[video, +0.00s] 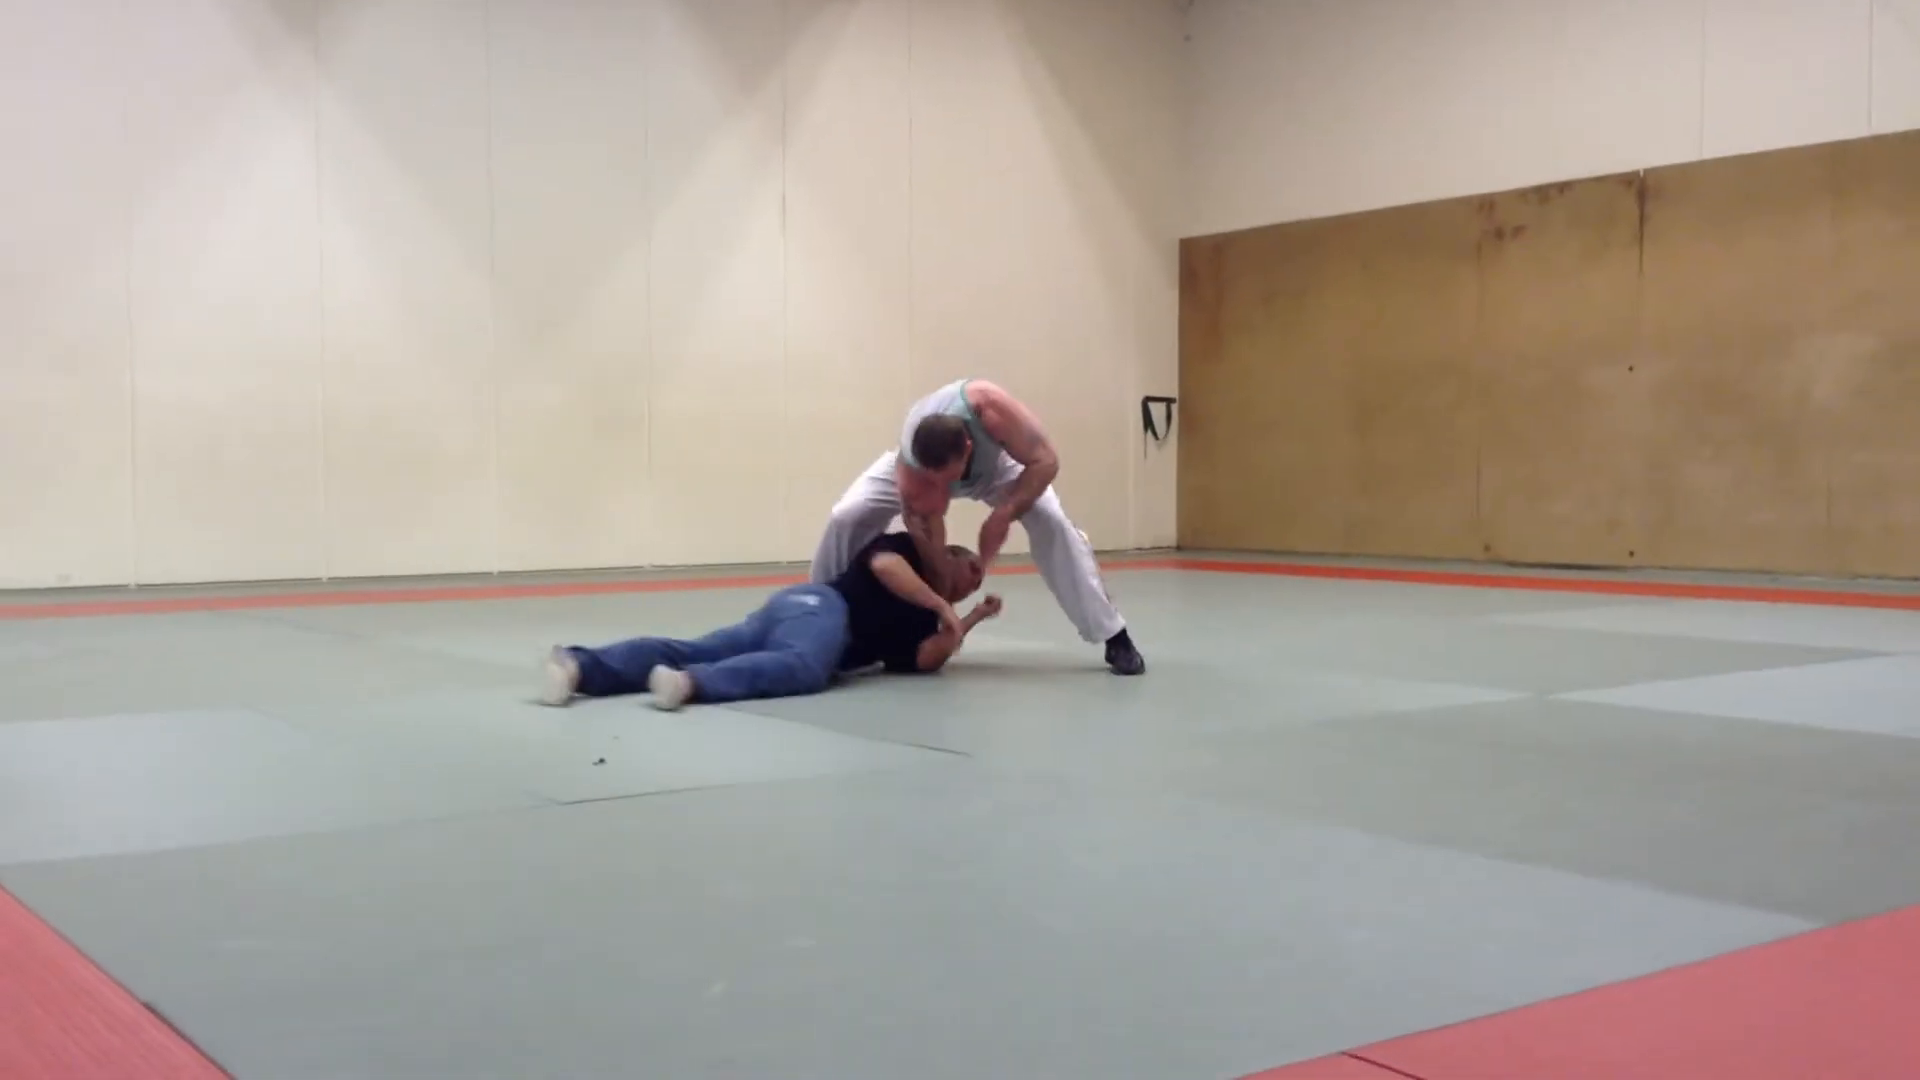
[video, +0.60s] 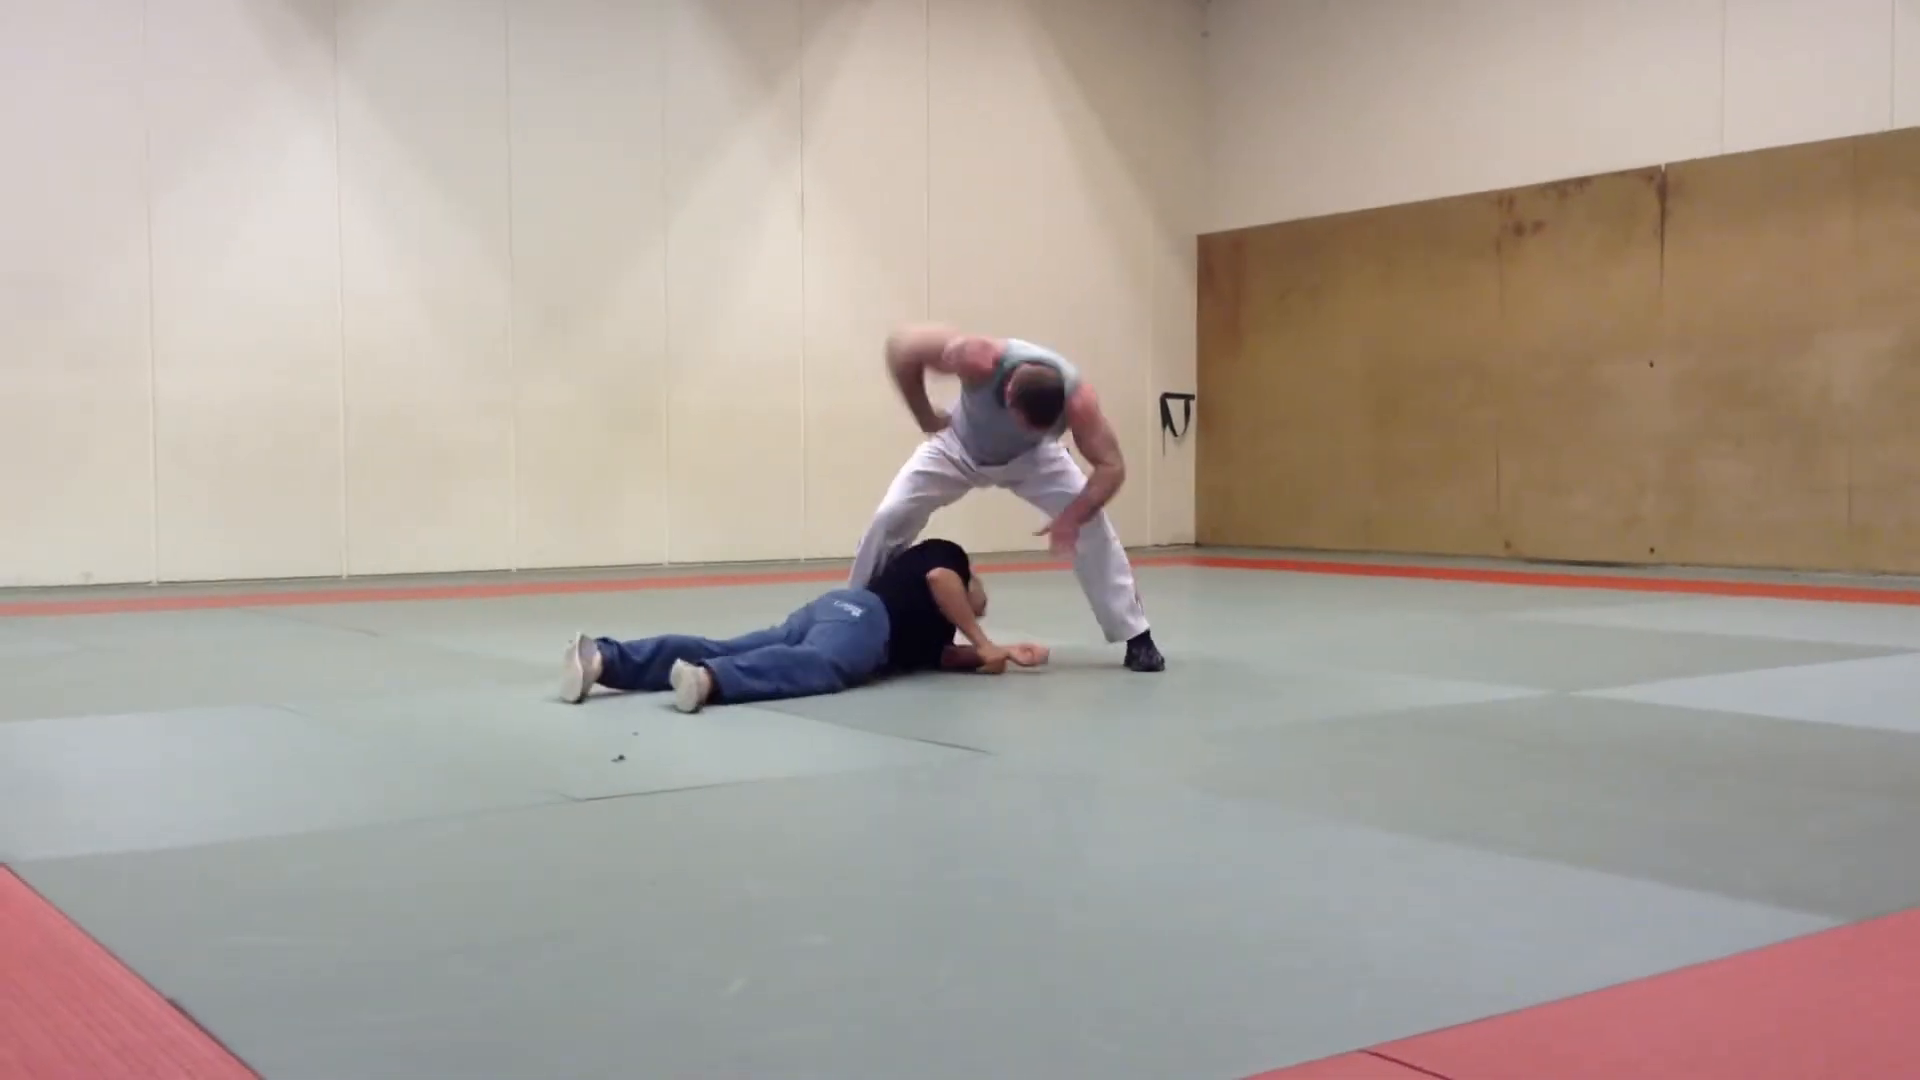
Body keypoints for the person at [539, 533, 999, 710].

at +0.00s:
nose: (963, 574)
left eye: (968, 575)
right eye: (963, 564)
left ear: (960, 588)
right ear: (944, 554)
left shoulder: (921, 631)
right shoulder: (906, 545)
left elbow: (926, 658)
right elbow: (882, 563)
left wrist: (962, 627)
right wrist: (939, 605)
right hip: (825, 606)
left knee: (700, 652)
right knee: (806, 669)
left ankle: (585, 668)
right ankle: (693, 682)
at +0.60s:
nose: (974, 612)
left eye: (978, 608)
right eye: (976, 601)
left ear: (958, 588)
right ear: (965, 577)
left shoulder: (933, 634)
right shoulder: (938, 552)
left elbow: (955, 654)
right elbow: (939, 581)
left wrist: (1005, 656)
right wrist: (985, 648)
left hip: (828, 615)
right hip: (867, 620)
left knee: (729, 652)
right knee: (818, 667)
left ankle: (607, 662)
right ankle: (714, 681)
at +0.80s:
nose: (995, 580)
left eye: (994, 574)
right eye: (991, 573)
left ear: (966, 577)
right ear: (975, 562)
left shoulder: (943, 633)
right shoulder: (955, 555)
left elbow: (955, 657)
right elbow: (985, 582)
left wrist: (1010, 637)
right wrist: (1018, 631)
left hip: (830, 617)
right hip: (876, 614)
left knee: (738, 654)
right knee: (829, 664)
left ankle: (614, 669)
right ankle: (719, 678)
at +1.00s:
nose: (1011, 621)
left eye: (1014, 614)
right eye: (1015, 609)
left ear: (980, 604)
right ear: (1002, 589)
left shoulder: (947, 615)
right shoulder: (982, 574)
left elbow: (957, 660)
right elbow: (1024, 638)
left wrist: (1005, 631)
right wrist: (1038, 656)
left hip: (844, 615)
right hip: (887, 614)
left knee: (749, 653)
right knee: (835, 665)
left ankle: (625, 667)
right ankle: (731, 667)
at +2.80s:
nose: (1015, 634)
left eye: (1011, 626)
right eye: (1013, 623)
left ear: (979, 586)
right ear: (999, 601)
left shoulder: (951, 582)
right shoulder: (986, 599)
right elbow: (993, 656)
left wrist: (1008, 641)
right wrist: (1016, 654)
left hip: (864, 610)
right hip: (889, 636)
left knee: (769, 646)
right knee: (815, 667)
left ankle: (624, 662)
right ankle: (727, 662)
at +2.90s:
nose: (1017, 635)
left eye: (1010, 626)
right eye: (1015, 624)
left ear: (981, 589)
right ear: (1001, 603)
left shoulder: (951, 580)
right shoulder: (989, 602)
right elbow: (990, 658)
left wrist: (1004, 641)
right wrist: (1014, 656)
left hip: (870, 610)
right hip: (894, 638)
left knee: (775, 646)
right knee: (817, 666)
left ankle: (626, 663)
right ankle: (727, 663)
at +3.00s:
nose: (1016, 638)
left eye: (1011, 629)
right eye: (1011, 626)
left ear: (983, 592)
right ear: (999, 609)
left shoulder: (959, 579)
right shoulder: (984, 607)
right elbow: (988, 659)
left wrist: (1003, 642)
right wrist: (1015, 656)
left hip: (869, 612)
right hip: (893, 639)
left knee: (770, 649)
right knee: (815, 669)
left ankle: (625, 664)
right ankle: (728, 664)